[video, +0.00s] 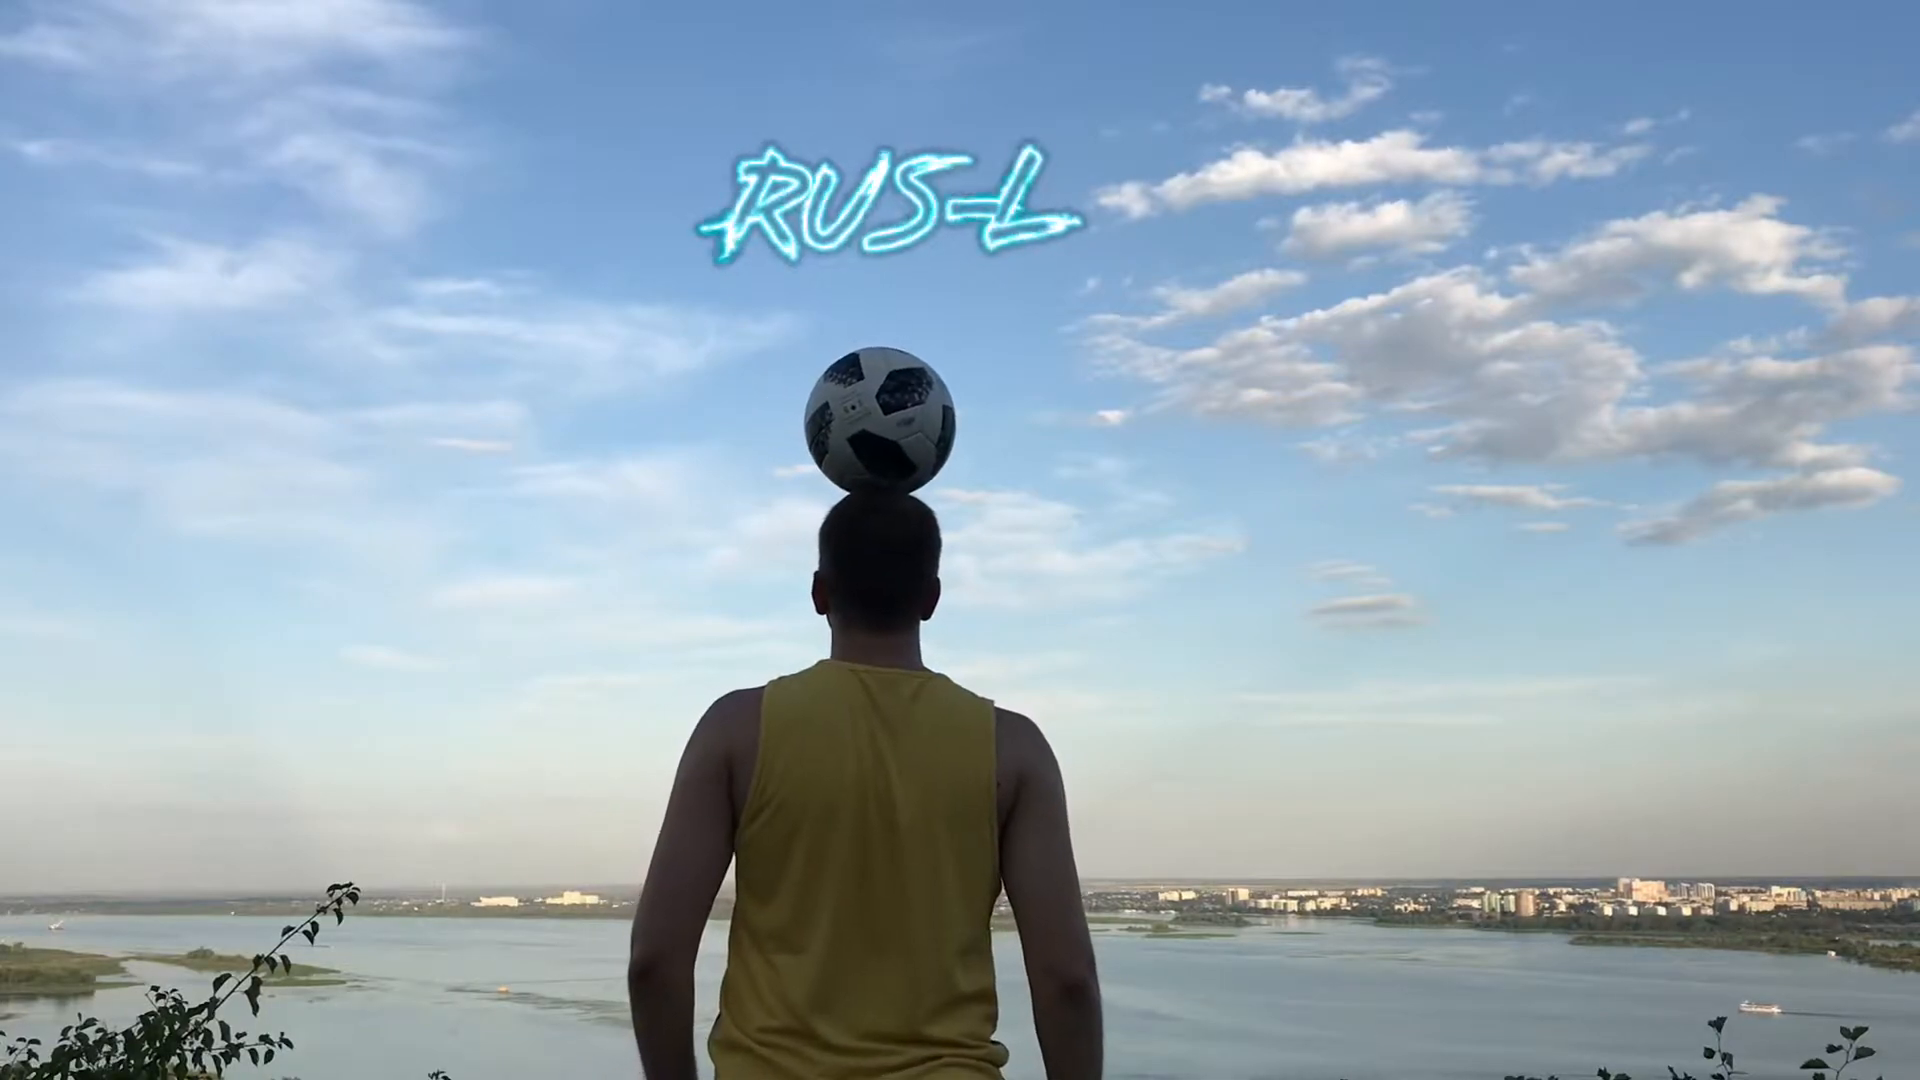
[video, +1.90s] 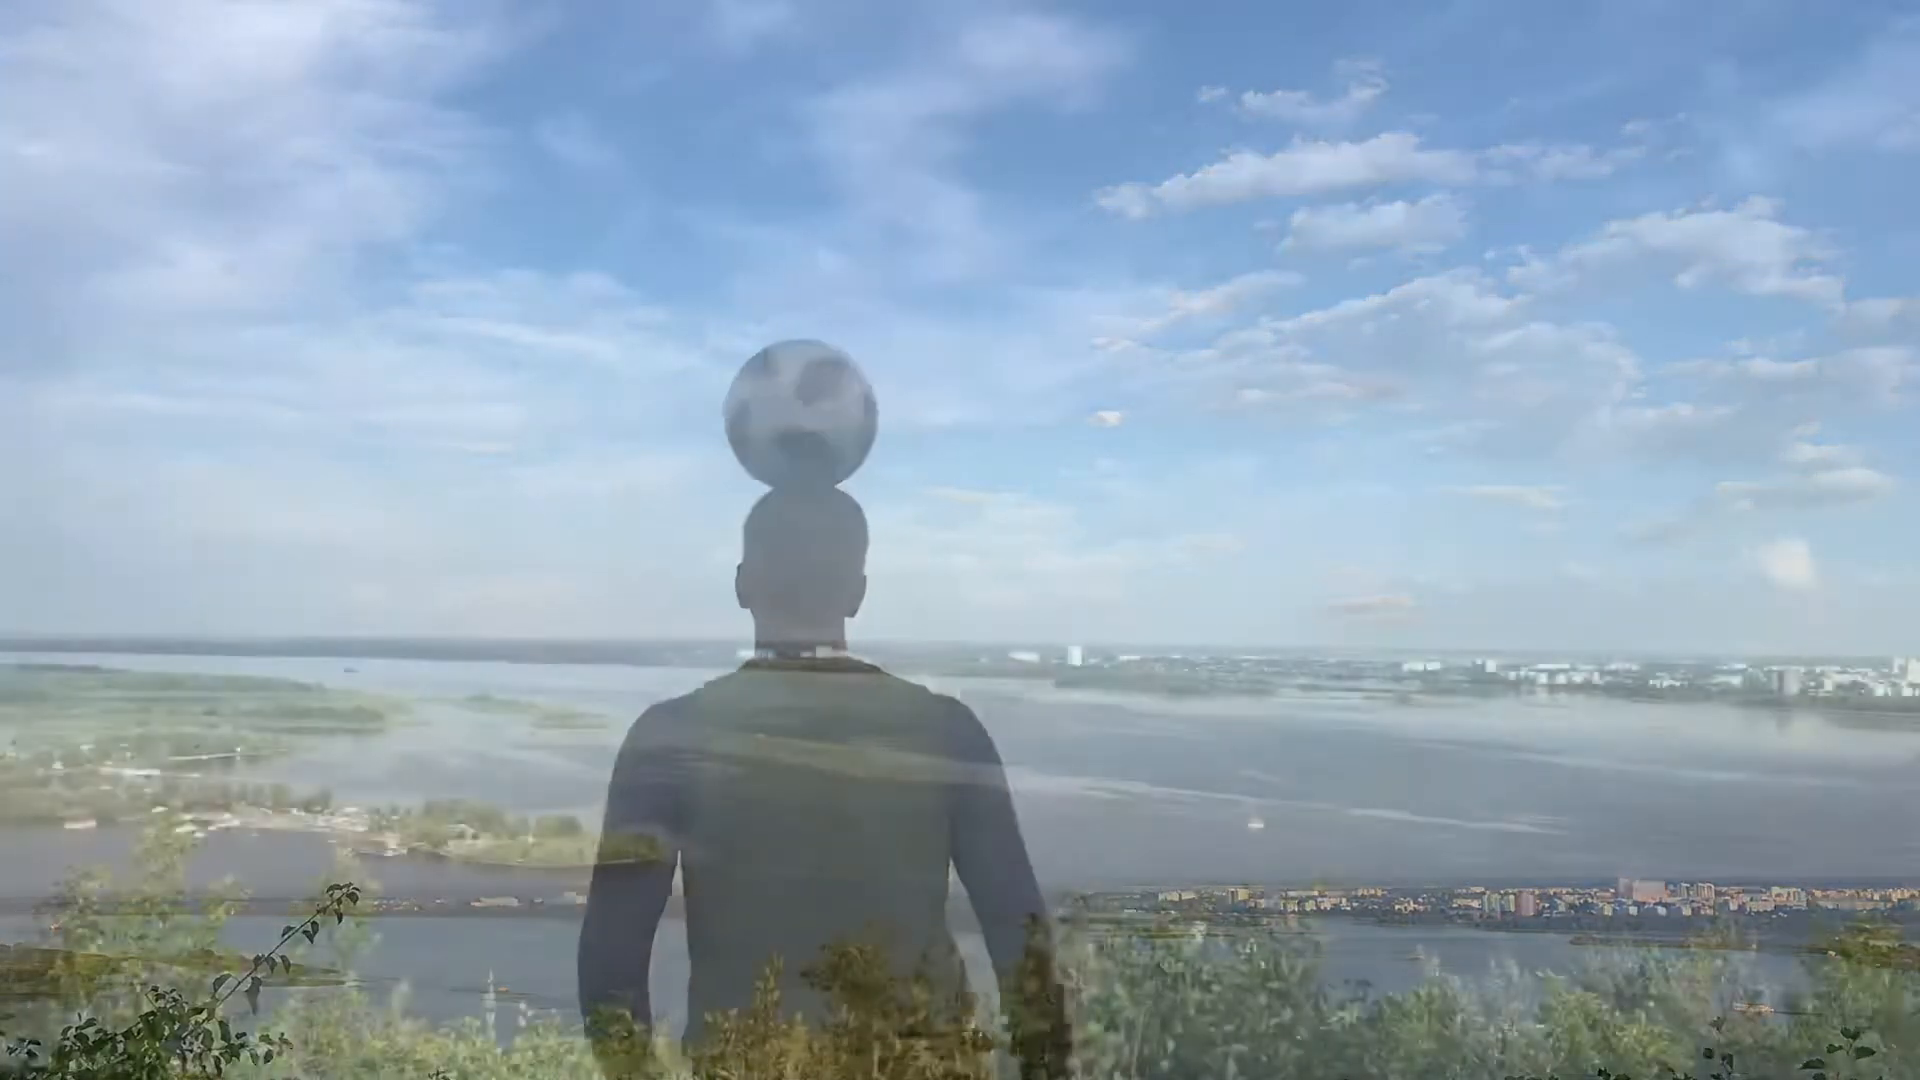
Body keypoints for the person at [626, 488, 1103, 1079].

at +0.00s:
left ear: (818, 591)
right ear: (934, 597)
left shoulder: (737, 726)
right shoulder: (1011, 744)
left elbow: (655, 963)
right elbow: (1068, 983)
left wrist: (675, 1072)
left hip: (770, 1059)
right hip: (950, 1062)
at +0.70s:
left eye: (883, 586)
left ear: (884, 601)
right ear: (998, 606)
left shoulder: (799, 723)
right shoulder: (1067, 752)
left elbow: (710, 947)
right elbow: (1114, 996)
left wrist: (723, 1069)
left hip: (818, 1057)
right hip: (995, 1060)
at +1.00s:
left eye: (961, 592)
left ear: (965, 605)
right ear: (1077, 604)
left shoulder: (885, 719)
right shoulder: (1153, 756)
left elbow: (788, 937)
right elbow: (1186, 1000)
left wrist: (797, 1072)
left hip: (880, 1056)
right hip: (1058, 1062)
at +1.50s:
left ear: (888, 600)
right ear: (999, 603)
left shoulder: (819, 734)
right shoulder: (1088, 742)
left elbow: (743, 963)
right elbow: (1155, 975)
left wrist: (765, 1074)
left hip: (856, 1061)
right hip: (1034, 1063)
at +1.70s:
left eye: (801, 577)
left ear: (800, 591)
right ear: (915, 598)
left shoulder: (729, 736)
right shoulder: (1002, 734)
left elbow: (672, 981)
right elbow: (1086, 958)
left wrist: (698, 1075)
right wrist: (1107, 1074)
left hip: (796, 1060)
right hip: (974, 1061)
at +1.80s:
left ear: (774, 585)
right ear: (889, 592)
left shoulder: (701, 732)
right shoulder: (974, 732)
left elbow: (639, 970)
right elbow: (1053, 956)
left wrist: (665, 1073)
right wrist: (1076, 1070)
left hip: (772, 1057)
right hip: (944, 1057)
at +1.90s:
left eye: (750, 564)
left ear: (743, 584)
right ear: (860, 590)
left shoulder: (674, 733)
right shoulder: (945, 730)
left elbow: (610, 960)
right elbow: (1021, 932)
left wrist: (635, 1072)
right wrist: (1049, 1067)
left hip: (744, 1058)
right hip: (918, 1059)